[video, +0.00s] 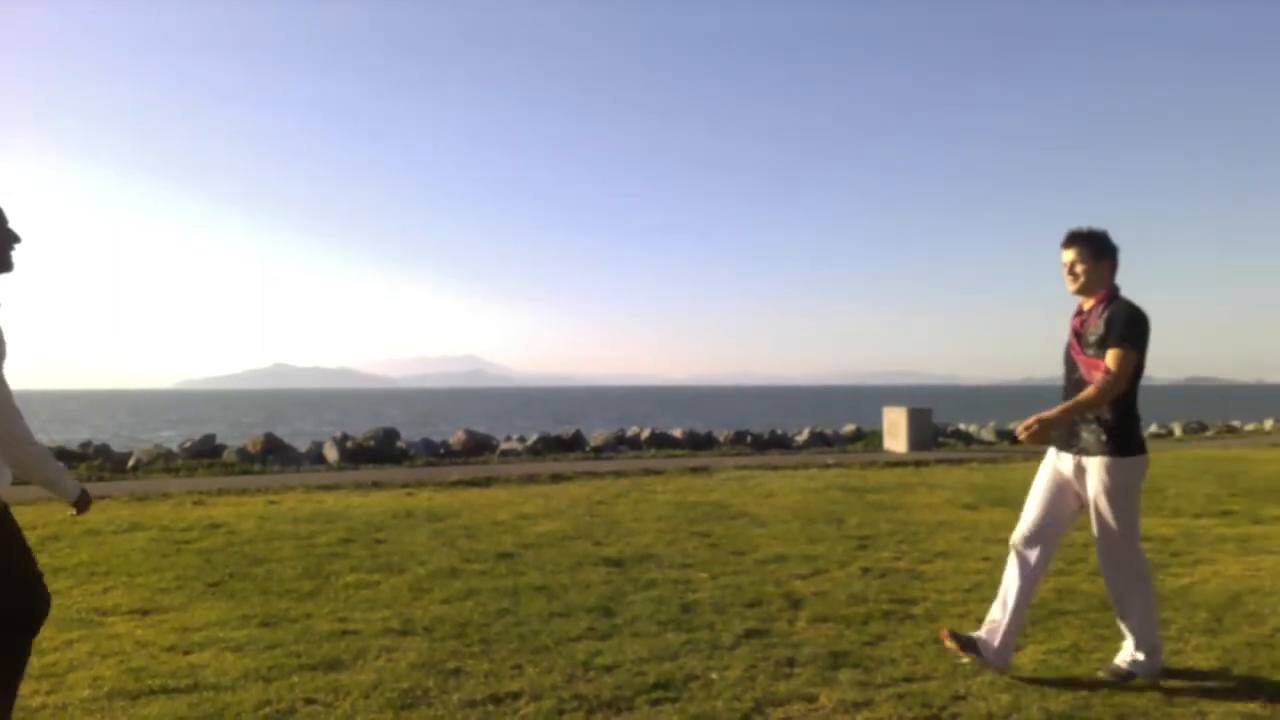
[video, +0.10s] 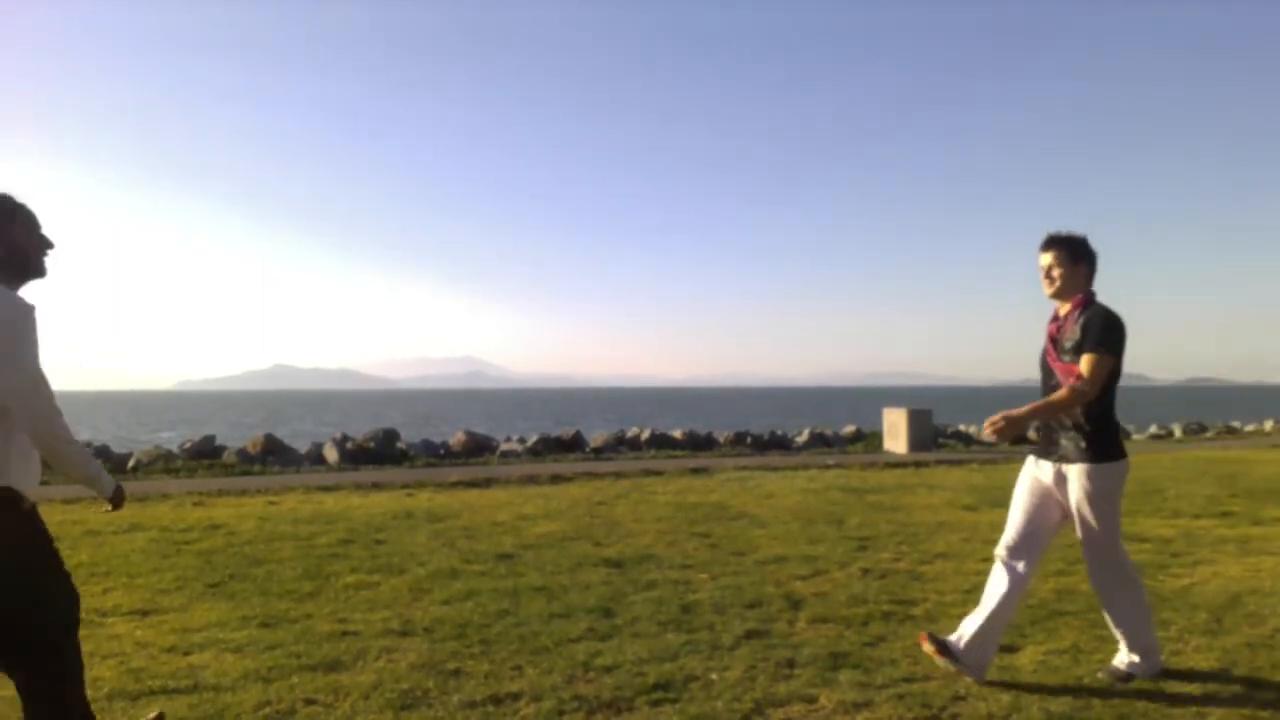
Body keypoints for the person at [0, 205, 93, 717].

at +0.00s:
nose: (12, 246)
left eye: (9, 235)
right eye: (6, 234)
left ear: (3, 243)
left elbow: (8, 420)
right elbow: (7, 422)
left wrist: (65, 484)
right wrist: (67, 486)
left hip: (2, 501)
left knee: (25, 599)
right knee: (26, 599)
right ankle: (5, 703)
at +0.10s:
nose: (47, 243)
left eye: (40, 232)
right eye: (34, 232)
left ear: (10, 243)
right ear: (5, 241)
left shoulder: (12, 311)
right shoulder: (11, 310)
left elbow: (36, 412)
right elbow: (37, 413)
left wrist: (99, 478)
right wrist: (102, 480)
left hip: (9, 501)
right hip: (5, 501)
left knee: (46, 613)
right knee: (48, 614)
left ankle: (61, 708)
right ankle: (62, 711)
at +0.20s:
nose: (78, 247)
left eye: (71, 237)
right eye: (65, 237)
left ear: (24, 249)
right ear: (32, 246)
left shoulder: (11, 309)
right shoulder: (37, 314)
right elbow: (73, 420)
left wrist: (122, 482)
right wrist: (127, 487)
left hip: (7, 500)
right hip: (21, 504)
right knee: (73, 632)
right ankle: (106, 709)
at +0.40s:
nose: (139, 254)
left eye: (132, 242)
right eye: (126, 244)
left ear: (81, 260)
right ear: (96, 255)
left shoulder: (51, 315)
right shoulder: (111, 320)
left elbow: (24, 412)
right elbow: (122, 434)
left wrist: (41, 483)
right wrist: (160, 511)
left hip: (52, 499)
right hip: (88, 501)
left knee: (122, 620)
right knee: (47, 642)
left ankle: (112, 712)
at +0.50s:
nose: (167, 254)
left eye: (159, 244)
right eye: (153, 245)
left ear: (110, 260)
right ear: (119, 257)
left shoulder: (91, 313)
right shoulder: (131, 315)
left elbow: (72, 419)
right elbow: (136, 426)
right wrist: (164, 515)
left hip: (85, 491)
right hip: (113, 492)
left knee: (147, 614)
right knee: (110, 630)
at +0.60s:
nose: (189, 260)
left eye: (182, 250)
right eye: (176, 251)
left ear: (133, 266)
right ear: (145, 262)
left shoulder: (121, 317)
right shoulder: (149, 321)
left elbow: (114, 426)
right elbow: (145, 431)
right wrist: (169, 524)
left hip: (109, 491)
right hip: (132, 494)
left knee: (125, 624)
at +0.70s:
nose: (208, 261)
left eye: (201, 250)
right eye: (195, 252)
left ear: (158, 268)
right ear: (164, 265)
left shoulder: (140, 320)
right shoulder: (160, 323)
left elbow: (122, 430)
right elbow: (143, 433)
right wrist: (168, 523)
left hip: (134, 492)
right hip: (156, 494)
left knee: (159, 618)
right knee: (214, 618)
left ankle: (125, 704)